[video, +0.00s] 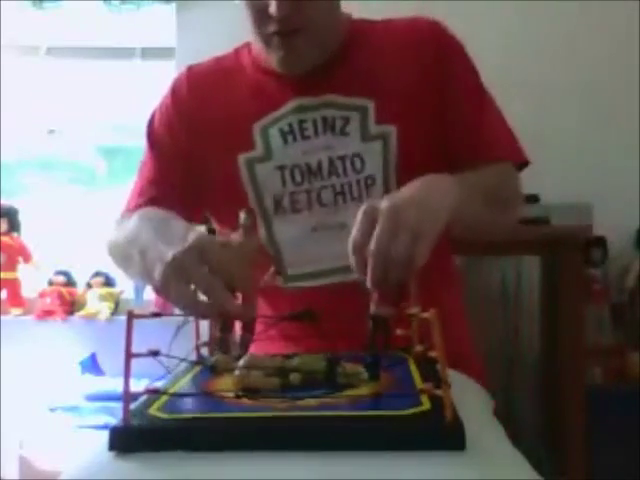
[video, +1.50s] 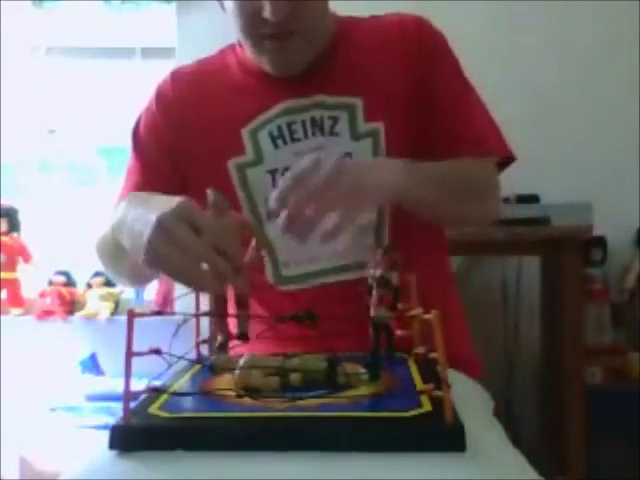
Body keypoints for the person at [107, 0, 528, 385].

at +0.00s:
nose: (276, 9)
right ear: (240, 2)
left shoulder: (423, 53)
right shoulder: (197, 96)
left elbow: (505, 200)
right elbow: (132, 231)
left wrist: (440, 194)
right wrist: (158, 241)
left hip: (424, 366)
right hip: (274, 376)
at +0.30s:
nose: (280, 9)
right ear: (241, 1)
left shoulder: (423, 51)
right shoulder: (198, 96)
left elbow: (503, 198)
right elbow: (129, 236)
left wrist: (437, 189)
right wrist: (155, 234)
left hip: (426, 367)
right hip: (276, 378)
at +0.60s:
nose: (283, 10)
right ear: (239, 1)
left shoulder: (421, 50)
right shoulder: (197, 96)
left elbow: (503, 199)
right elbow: (126, 242)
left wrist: (437, 188)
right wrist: (150, 229)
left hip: (426, 367)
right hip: (275, 377)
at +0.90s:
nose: (279, 9)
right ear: (235, 2)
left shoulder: (419, 50)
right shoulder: (192, 97)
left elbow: (502, 200)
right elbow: (122, 248)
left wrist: (439, 186)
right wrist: (144, 224)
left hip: (425, 368)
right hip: (271, 378)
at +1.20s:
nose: (274, 11)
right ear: (227, 1)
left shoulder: (414, 50)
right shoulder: (187, 98)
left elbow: (497, 201)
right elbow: (121, 251)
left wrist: (437, 183)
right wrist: (142, 224)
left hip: (422, 368)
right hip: (269, 378)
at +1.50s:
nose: (272, 10)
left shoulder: (408, 48)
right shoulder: (184, 98)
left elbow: (481, 201)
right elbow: (124, 260)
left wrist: (386, 178)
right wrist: (138, 221)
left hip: (420, 374)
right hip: (265, 386)